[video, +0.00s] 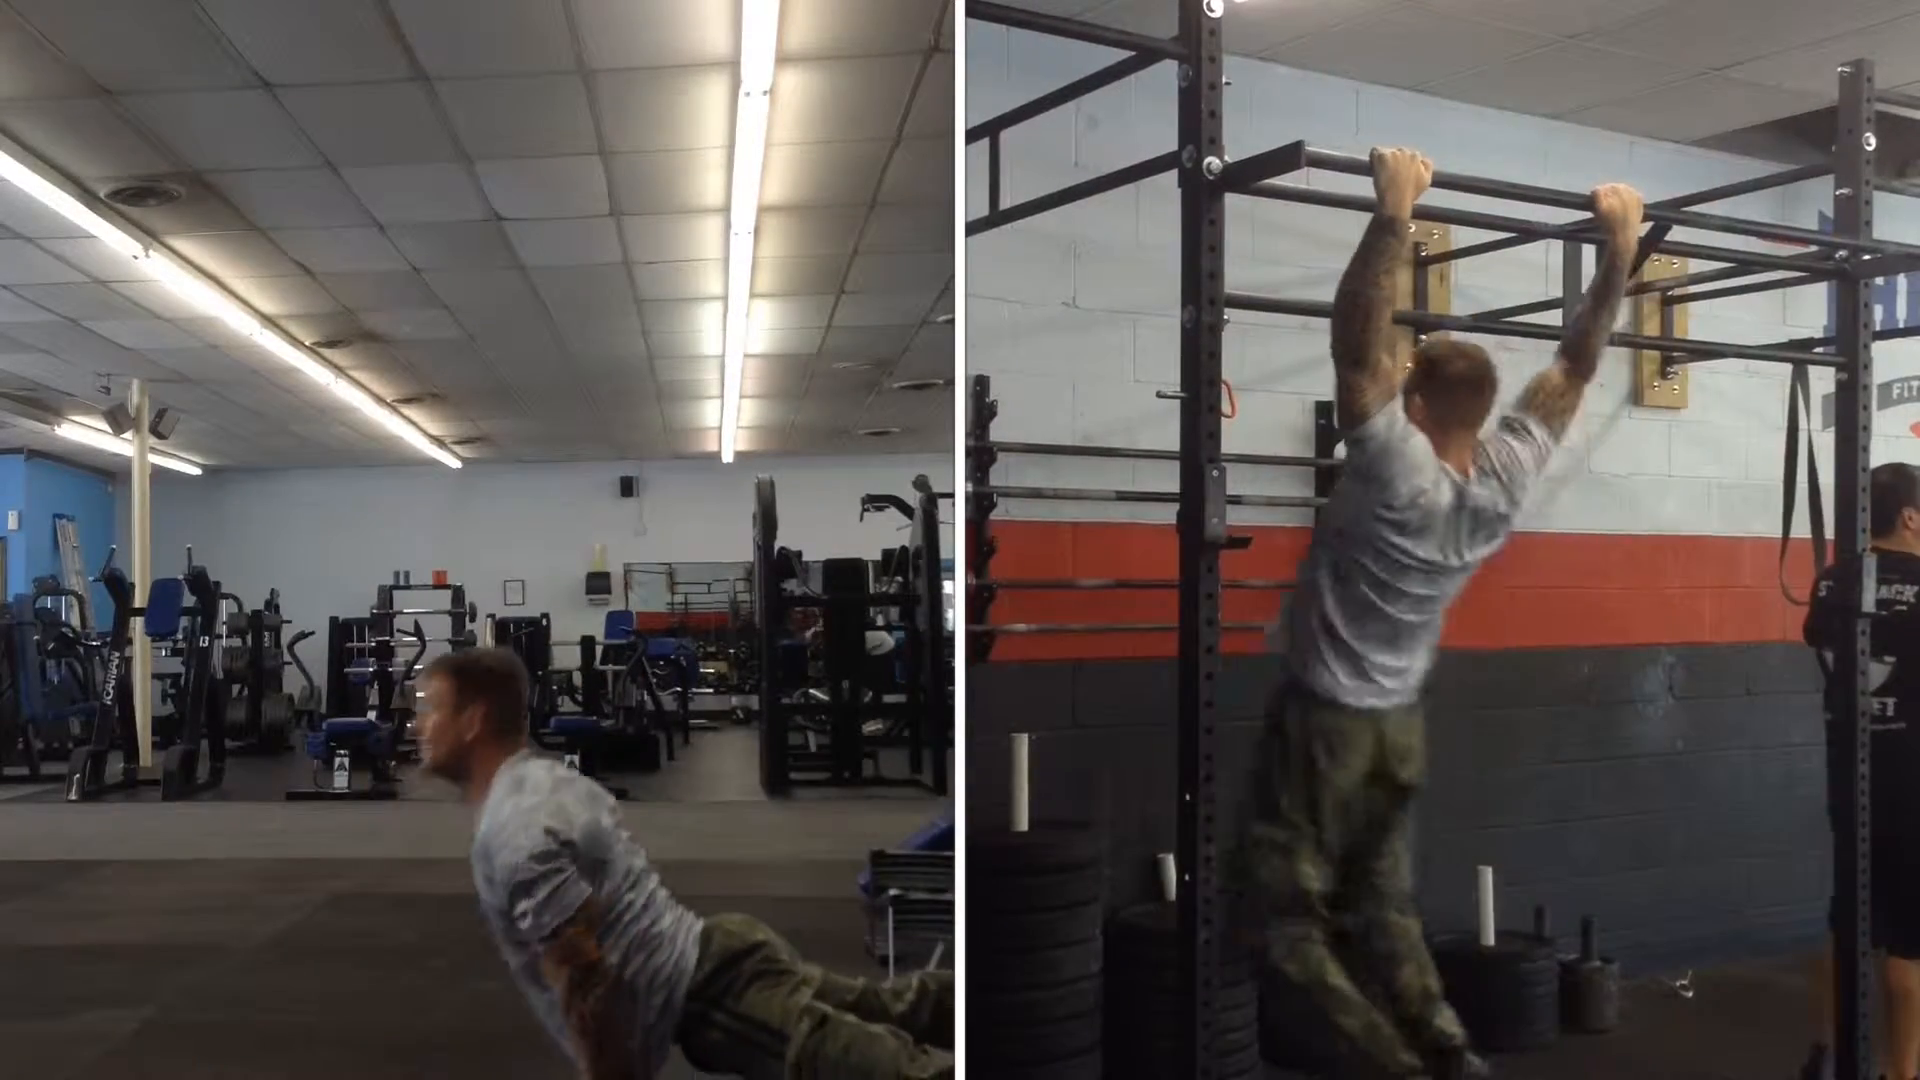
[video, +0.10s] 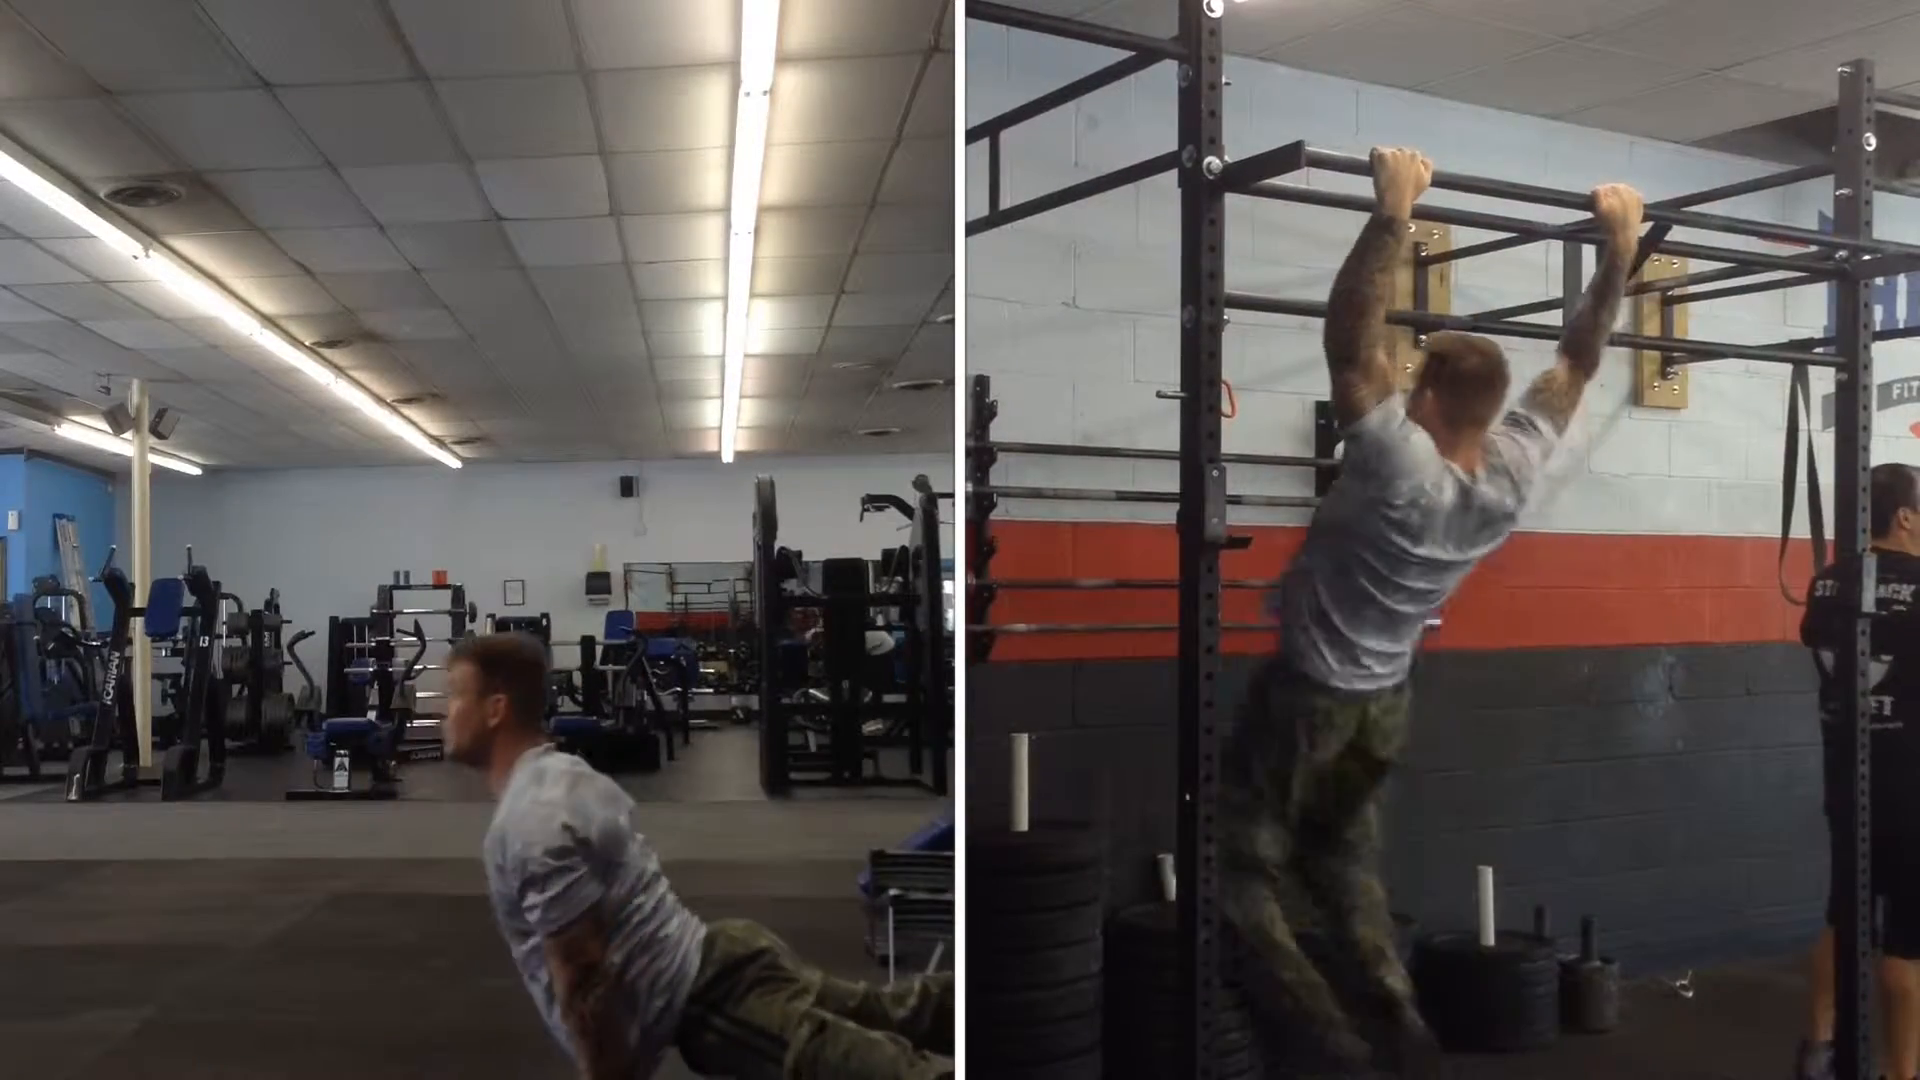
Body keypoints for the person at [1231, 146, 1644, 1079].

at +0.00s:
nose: (1399, 375)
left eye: (1409, 369)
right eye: (1409, 366)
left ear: (1418, 399)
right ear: (1485, 416)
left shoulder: (1387, 468)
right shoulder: (1491, 494)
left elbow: (1357, 337)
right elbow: (1573, 371)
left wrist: (1391, 215)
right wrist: (1618, 260)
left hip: (1323, 725)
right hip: (1400, 727)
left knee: (1281, 919)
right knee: (1379, 911)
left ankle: (1392, 1064)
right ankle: (1453, 1058)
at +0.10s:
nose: (1408, 374)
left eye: (1418, 368)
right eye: (1418, 365)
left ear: (1428, 394)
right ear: (1496, 411)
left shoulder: (1386, 459)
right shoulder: (1504, 486)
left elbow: (1352, 337)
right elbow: (1574, 366)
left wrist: (1389, 215)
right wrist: (1618, 261)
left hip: (1307, 698)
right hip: (1385, 705)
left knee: (1244, 880)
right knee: (1343, 870)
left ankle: (1331, 1059)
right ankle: (1406, 1050)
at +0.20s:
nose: (1439, 410)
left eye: (1445, 400)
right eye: (1451, 402)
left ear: (1456, 411)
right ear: (1523, 428)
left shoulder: (1414, 472)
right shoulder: (1531, 505)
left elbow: (1359, 350)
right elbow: (1585, 373)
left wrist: (1391, 218)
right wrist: (1620, 262)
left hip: (1322, 709)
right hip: (1393, 722)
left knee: (1191, 743)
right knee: (1288, 746)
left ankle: (1240, 929)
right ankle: (1307, 919)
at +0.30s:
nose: (1484, 413)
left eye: (1493, 406)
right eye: (1493, 403)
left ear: (1502, 426)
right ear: (1565, 434)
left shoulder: (1451, 488)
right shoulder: (1576, 502)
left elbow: (1373, 361)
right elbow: (1604, 372)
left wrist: (1394, 215)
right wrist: (1626, 250)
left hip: (1351, 712)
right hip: (1430, 717)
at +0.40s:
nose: (1537, 396)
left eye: (1546, 385)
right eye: (1548, 385)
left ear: (1561, 400)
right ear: (1622, 414)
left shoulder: (1503, 469)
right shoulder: (1630, 488)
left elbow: (1393, 356)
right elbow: (1626, 379)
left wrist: (1397, 217)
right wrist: (1631, 252)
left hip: (1390, 667)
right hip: (1470, 683)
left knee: (1285, 511)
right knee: (1330, 514)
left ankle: (1150, 527)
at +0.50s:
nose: (1588, 323)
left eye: (1599, 315)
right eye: (1598, 312)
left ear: (1612, 327)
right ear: (1672, 339)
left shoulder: (1551, 383)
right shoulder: (1688, 435)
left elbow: (1414, 334)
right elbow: (1660, 332)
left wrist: (1404, 209)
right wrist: (1637, 241)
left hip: (1451, 550)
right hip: (1523, 596)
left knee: (1293, 437)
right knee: (1362, 470)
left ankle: (1150, 479)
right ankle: (1232, 524)